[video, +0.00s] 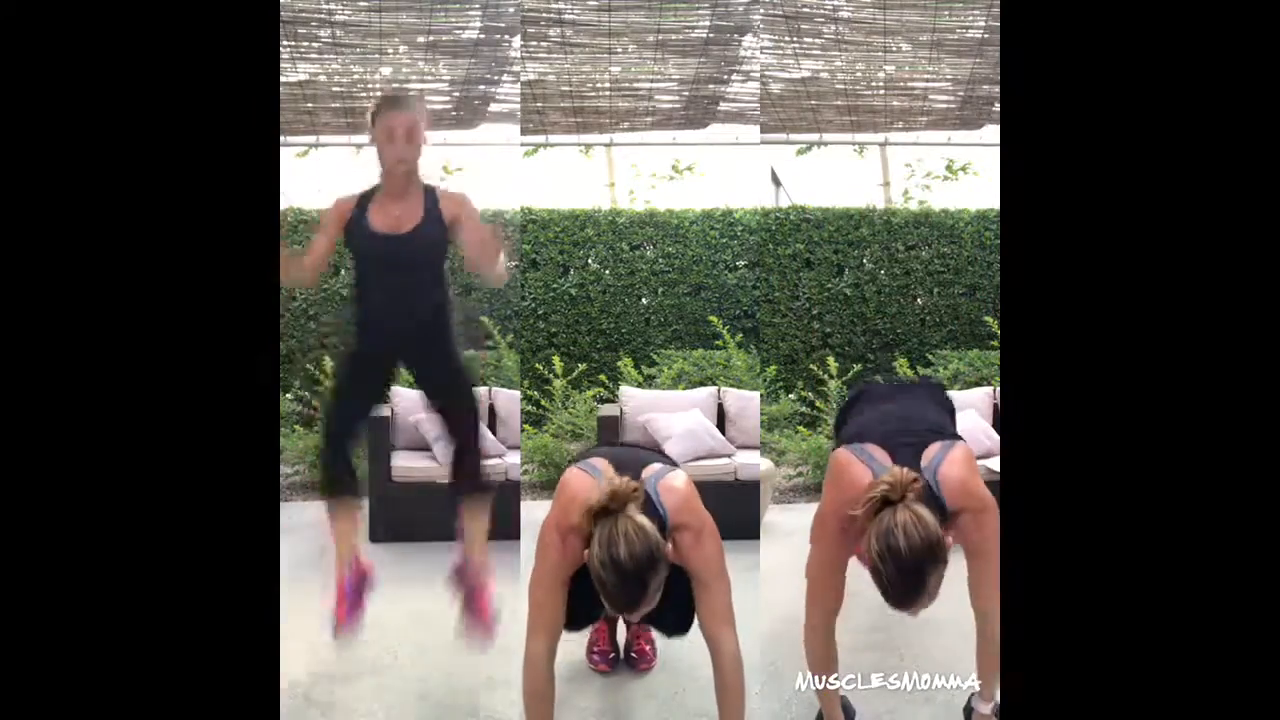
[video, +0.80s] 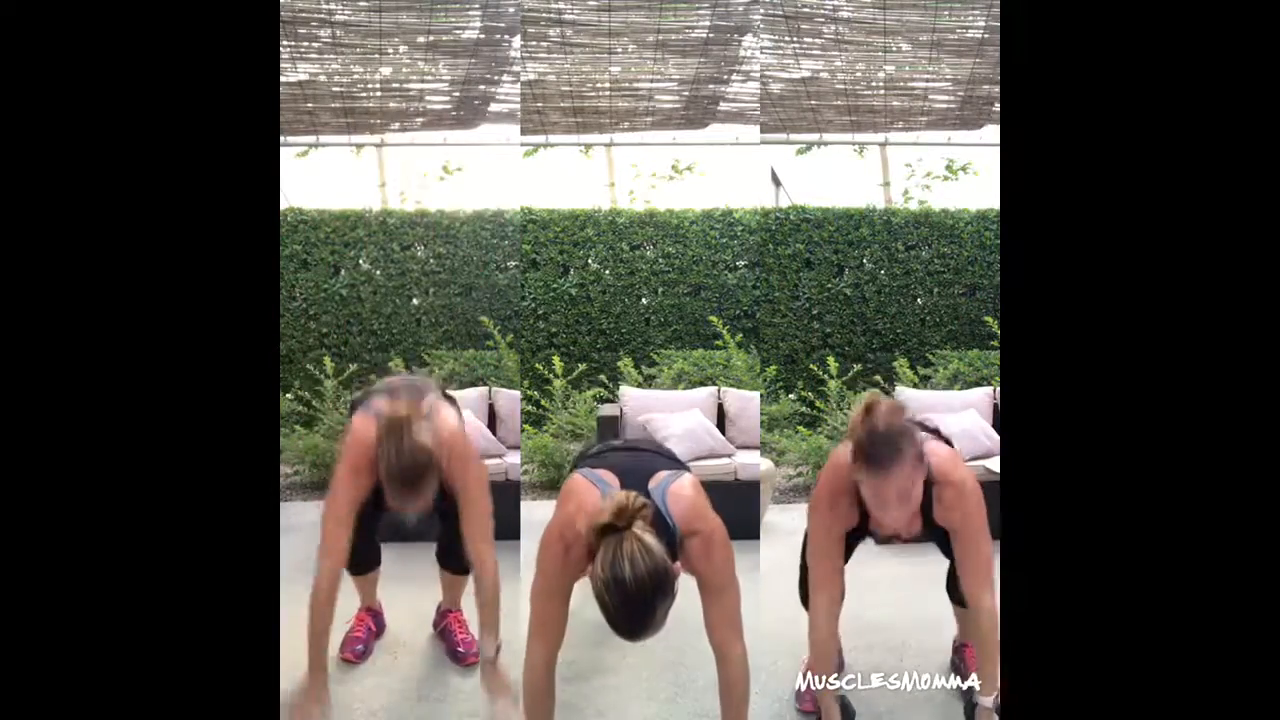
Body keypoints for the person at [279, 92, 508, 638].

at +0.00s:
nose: (402, 144)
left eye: (411, 133)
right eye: (391, 135)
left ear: (424, 139)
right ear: (374, 140)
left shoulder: (449, 206)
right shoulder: (349, 210)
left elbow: (490, 273)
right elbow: (305, 270)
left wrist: (492, 248)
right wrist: (282, 260)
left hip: (433, 346)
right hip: (372, 347)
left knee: (470, 442)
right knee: (335, 445)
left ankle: (475, 566)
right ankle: (351, 567)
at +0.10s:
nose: (403, 206)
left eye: (411, 196)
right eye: (392, 197)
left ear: (425, 201)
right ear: (376, 202)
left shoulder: (450, 257)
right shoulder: (355, 258)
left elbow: (483, 335)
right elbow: (325, 329)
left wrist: (488, 322)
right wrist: (300, 343)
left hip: (436, 403)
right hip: (374, 404)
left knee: (451, 510)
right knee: (357, 509)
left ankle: (452, 615)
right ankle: (371, 613)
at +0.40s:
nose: (398, 213)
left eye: (407, 203)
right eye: (387, 204)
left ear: (424, 186)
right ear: (371, 189)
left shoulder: (452, 237)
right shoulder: (348, 239)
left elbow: (483, 319)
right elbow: (327, 324)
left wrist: (473, 367)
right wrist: (323, 392)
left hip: (437, 384)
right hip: (375, 384)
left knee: (441, 499)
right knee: (376, 499)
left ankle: (453, 609)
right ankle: (368, 607)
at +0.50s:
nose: (399, 266)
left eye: (409, 254)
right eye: (387, 255)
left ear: (427, 238)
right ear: (371, 241)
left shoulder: (457, 272)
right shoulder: (347, 277)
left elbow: (492, 348)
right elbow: (318, 365)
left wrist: (488, 402)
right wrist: (314, 445)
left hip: (437, 388)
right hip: (375, 389)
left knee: (442, 498)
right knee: (375, 498)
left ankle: (450, 611)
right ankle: (370, 609)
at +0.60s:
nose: (404, 334)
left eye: (413, 323)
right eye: (392, 325)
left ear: (428, 310)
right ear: (376, 316)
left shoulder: (456, 329)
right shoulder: (352, 335)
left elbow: (494, 412)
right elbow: (314, 433)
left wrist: (497, 492)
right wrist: (308, 531)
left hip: (439, 398)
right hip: (377, 399)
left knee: (448, 501)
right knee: (367, 503)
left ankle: (451, 610)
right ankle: (370, 607)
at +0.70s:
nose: (407, 426)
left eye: (416, 418)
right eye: (397, 419)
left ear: (430, 394)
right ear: (379, 393)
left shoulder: (455, 387)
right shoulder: (358, 389)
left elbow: (489, 495)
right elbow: (322, 505)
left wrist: (499, 588)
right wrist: (309, 617)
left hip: (439, 434)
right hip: (376, 436)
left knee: (461, 518)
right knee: (358, 523)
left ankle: (450, 613)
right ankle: (369, 611)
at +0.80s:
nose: (410, 511)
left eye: (418, 502)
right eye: (400, 504)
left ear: (434, 467)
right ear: (381, 469)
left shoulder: (453, 436)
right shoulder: (361, 435)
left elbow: (484, 561)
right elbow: (329, 568)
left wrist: (491, 661)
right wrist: (315, 683)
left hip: (439, 404)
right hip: (372, 408)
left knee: (458, 518)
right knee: (356, 522)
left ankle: (450, 612)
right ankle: (369, 612)